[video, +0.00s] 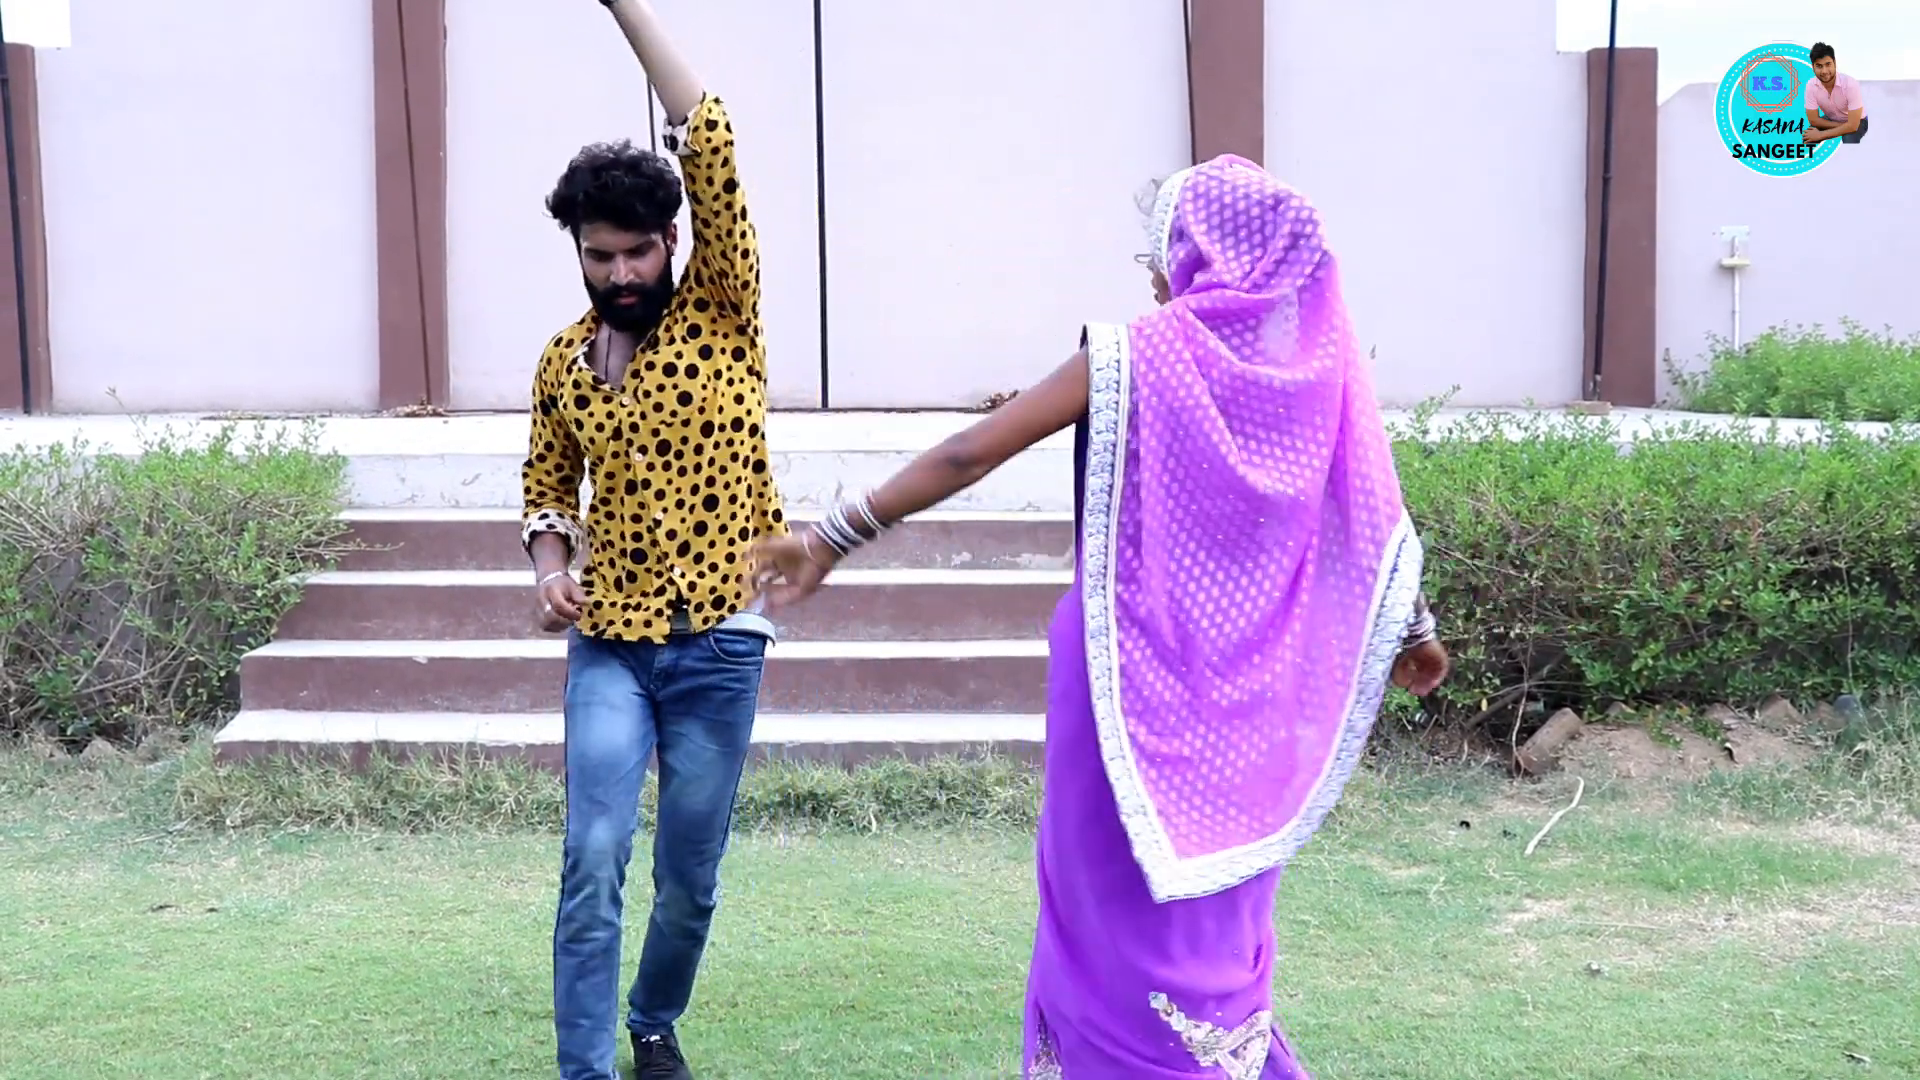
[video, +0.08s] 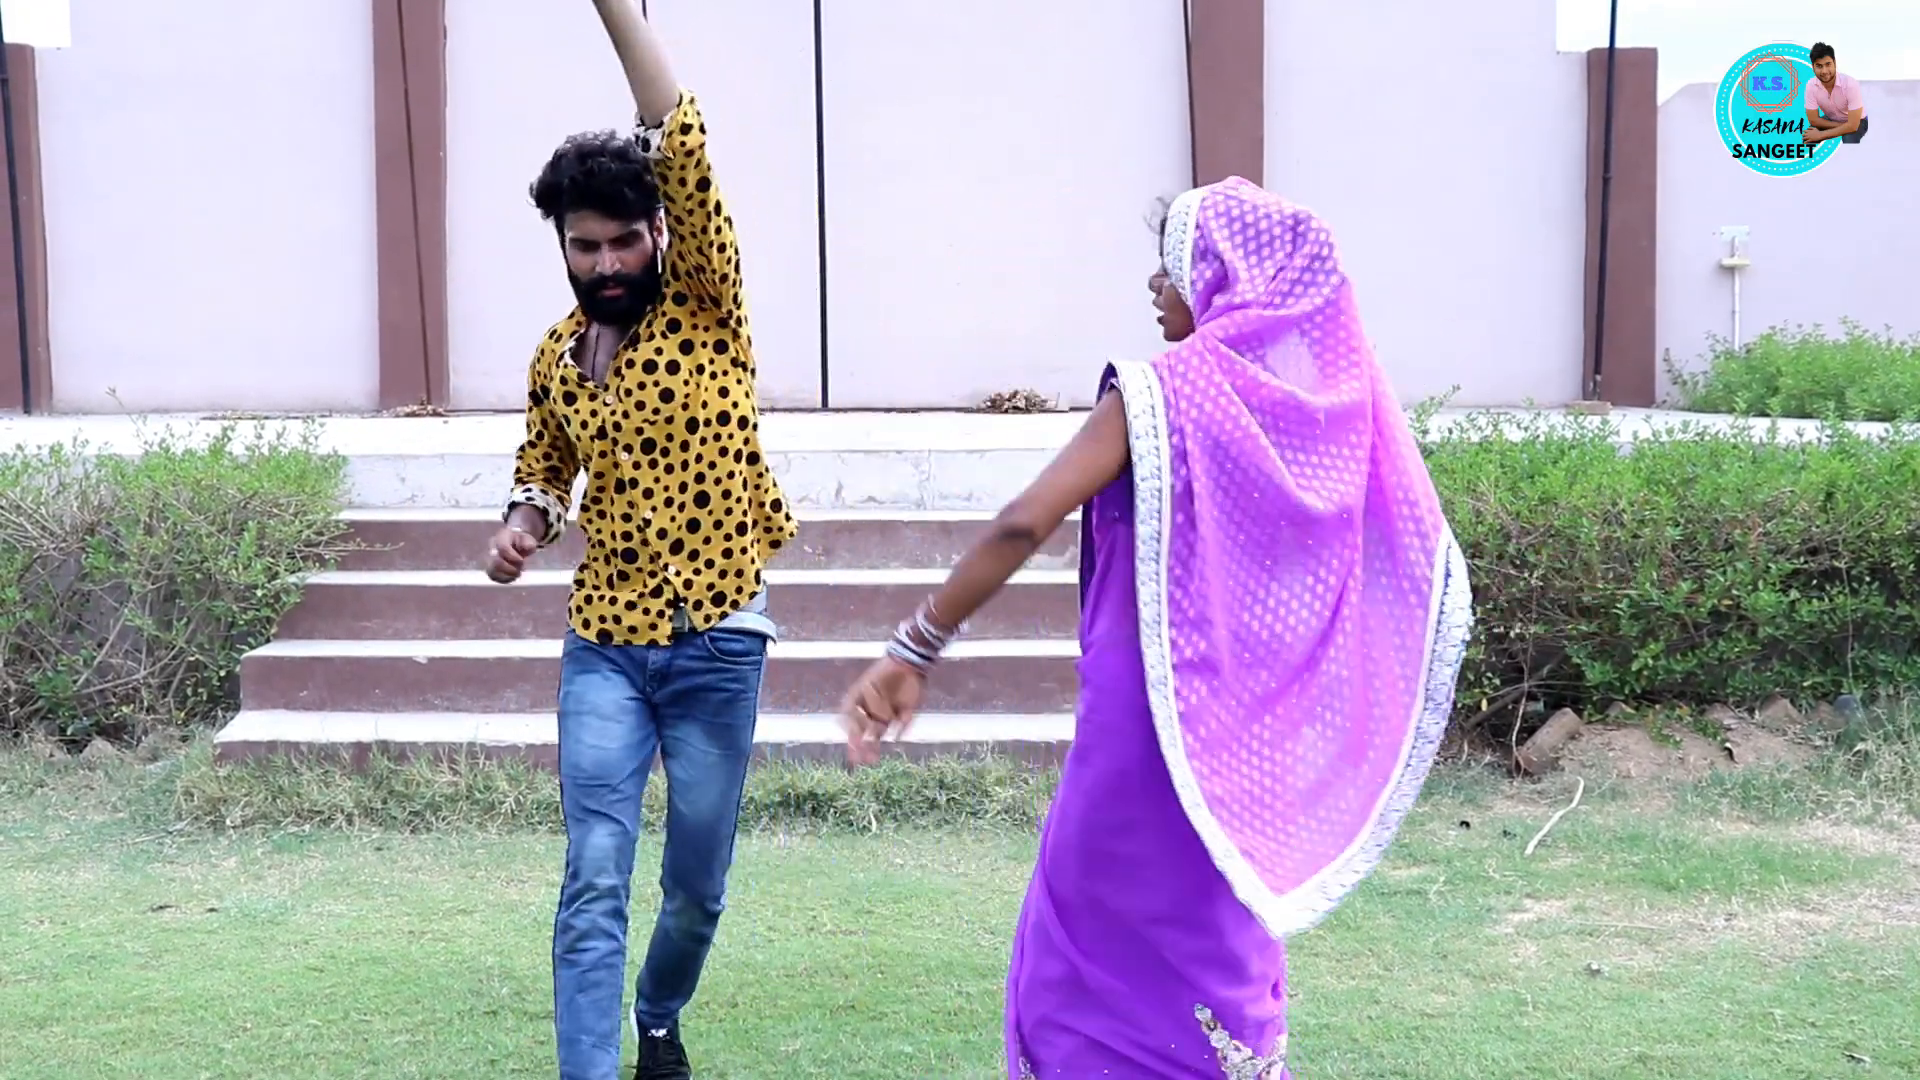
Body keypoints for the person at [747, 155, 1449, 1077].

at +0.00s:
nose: (1153, 268)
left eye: (1163, 251)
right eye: (1157, 249)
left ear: (1191, 260)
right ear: (1277, 261)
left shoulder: (1127, 357)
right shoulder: (1324, 375)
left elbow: (966, 457)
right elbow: (1377, 520)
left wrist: (835, 534)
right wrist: (1414, 626)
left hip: (1118, 662)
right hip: (1257, 666)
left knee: (1100, 880)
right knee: (1228, 877)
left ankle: (1102, 1056)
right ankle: (1228, 1052)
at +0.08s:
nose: (1155, 285)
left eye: (1171, 267)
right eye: (1161, 265)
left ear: (1219, 283)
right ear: (1273, 286)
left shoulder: (1157, 391)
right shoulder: (1326, 407)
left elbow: (1022, 524)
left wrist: (913, 649)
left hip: (1136, 734)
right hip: (1258, 731)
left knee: (1065, 950)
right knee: (1229, 941)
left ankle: (1068, 1065)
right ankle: (1243, 1058)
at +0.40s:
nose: (1156, 250)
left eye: (1182, 232)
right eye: (1151, 229)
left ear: (1244, 248)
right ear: (1146, 235)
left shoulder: (1255, 357)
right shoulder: (1192, 357)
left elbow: (1306, 512)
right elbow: (1114, 505)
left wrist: (1294, 669)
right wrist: (1116, 375)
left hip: (1224, 694)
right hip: (1160, 690)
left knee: (1195, 941)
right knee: (1127, 932)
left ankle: (1215, 1067)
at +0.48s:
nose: (1169, 260)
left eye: (1194, 240)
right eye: (1158, 241)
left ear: (1256, 250)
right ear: (1150, 252)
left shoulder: (1287, 359)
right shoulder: (1188, 374)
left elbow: (1340, 517)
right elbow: (1047, 440)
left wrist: (1380, 648)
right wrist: (1126, 339)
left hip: (1238, 687)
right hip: (1161, 685)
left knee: (1227, 926)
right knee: (1147, 919)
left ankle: (1243, 1064)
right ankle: (1160, 1067)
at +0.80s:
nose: (1238, 299)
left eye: (1260, 277)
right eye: (1213, 279)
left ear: (1295, 279)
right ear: (1188, 283)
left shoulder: (1354, 401)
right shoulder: (1150, 394)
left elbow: (1454, 560)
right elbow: (1025, 501)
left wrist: (1583, 605)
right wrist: (1034, 361)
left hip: (1310, 702)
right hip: (1174, 699)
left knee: (1303, 941)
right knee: (1171, 936)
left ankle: (1300, 1071)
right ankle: (1177, 1075)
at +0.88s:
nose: (1256, 296)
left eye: (1276, 273)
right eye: (1230, 276)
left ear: (1306, 274)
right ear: (1199, 279)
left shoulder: (1363, 390)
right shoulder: (1154, 388)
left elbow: (1455, 557)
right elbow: (1069, 538)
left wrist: (1592, 547)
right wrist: (1026, 384)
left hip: (1320, 698)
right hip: (1183, 699)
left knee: (1306, 946)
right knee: (1184, 942)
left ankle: (1303, 1074)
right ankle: (1188, 1076)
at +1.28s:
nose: (1285, 269)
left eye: (1305, 246)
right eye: (1259, 250)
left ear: (1334, 255)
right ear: (1230, 263)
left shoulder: (1380, 379)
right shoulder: (1186, 369)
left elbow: (1455, 546)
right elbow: (1108, 549)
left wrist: (1583, 505)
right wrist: (1117, 516)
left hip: (1340, 669)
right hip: (1214, 671)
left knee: (1353, 915)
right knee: (1241, 914)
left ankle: (1368, 1069)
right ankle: (1247, 1069)